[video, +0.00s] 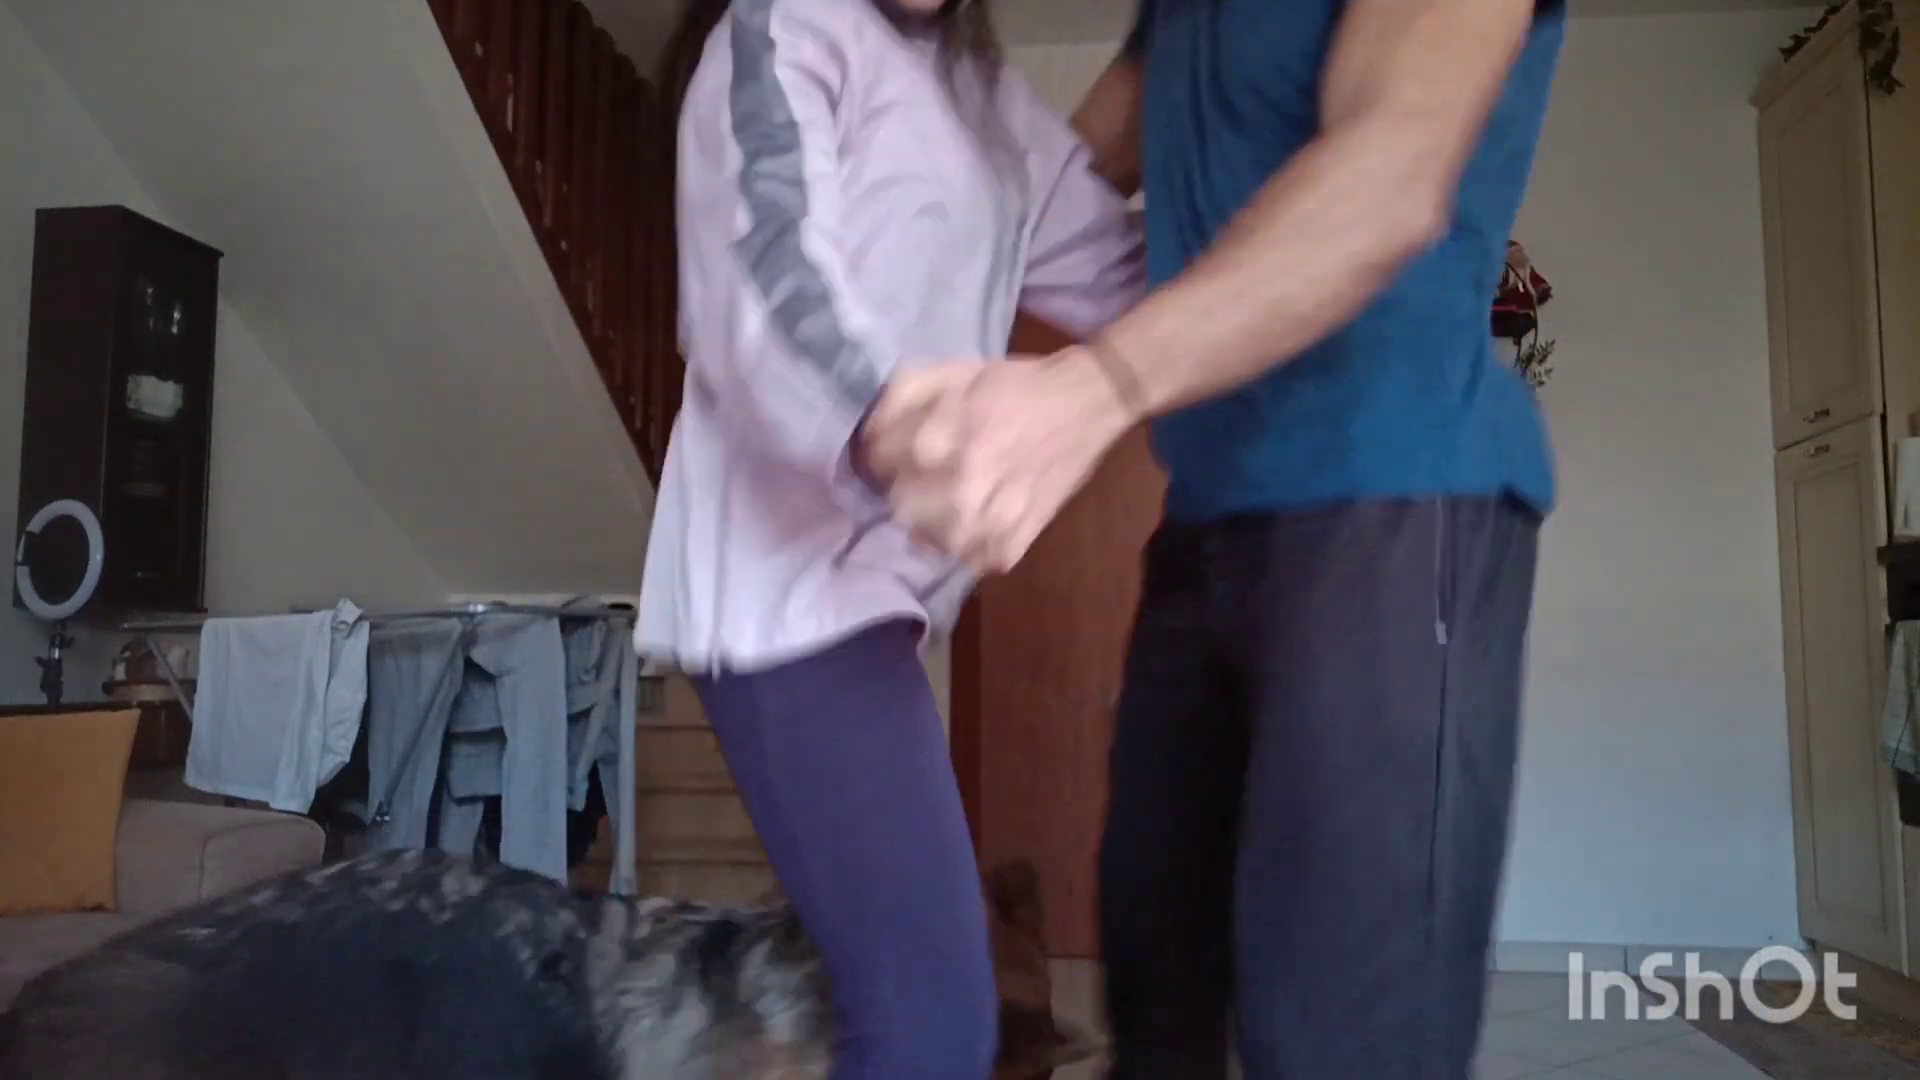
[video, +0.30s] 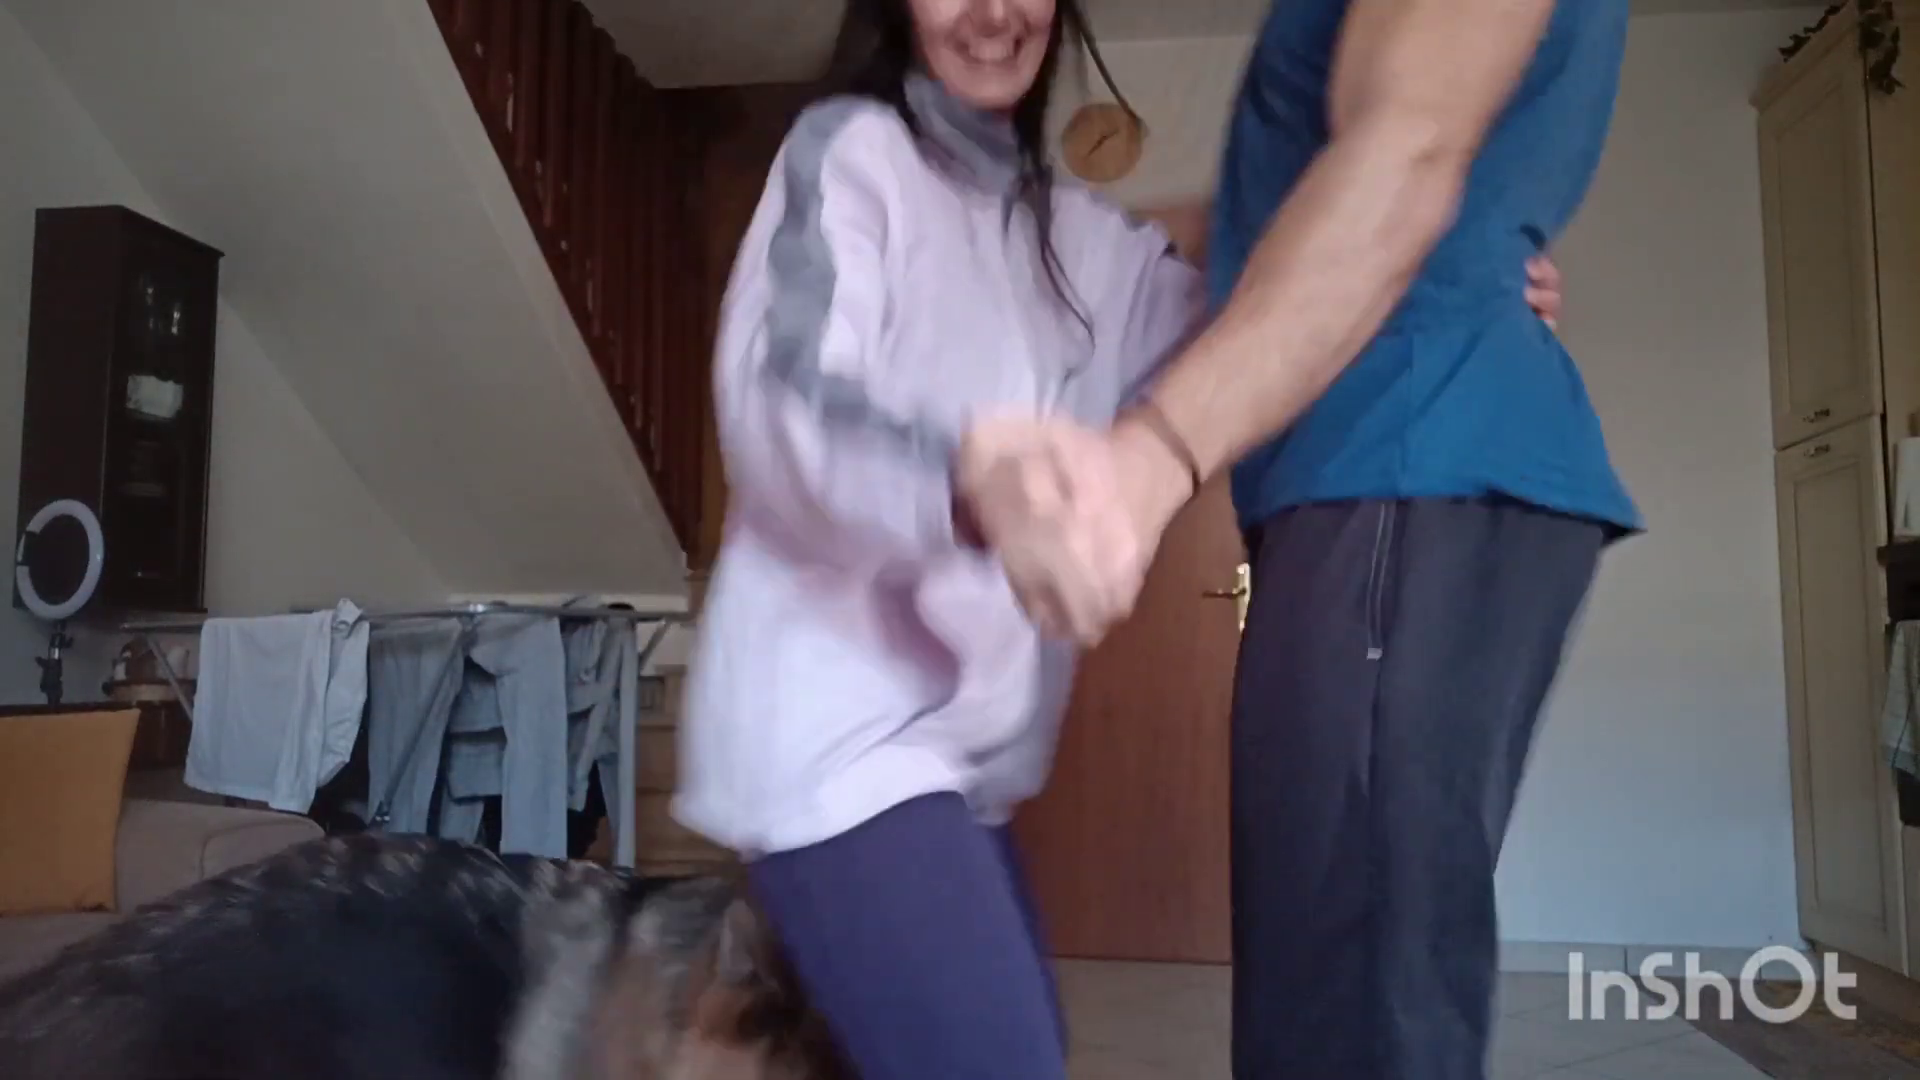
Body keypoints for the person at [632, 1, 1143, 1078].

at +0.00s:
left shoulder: (983, 90)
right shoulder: (776, 37)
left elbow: (1127, 275)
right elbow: (765, 292)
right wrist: (928, 448)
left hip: (876, 594)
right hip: (783, 597)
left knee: (934, 1009)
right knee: (928, 1017)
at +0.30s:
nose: (996, 13)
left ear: (1058, 16)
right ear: (901, 11)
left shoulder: (1081, 229)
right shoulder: (848, 153)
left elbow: (1253, 339)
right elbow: (775, 394)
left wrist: (1484, 296)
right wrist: (962, 472)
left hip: (958, 751)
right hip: (826, 742)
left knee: (1023, 1050)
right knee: (995, 1058)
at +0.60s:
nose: (1123, 4)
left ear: (1158, 14)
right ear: (1035, 1)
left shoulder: (1205, 181)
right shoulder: (986, 98)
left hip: (1116, 673)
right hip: (1008, 670)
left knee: (1203, 961)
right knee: (1155, 1053)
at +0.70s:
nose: (1132, 81)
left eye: (1157, 44)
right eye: (1092, 50)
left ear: (1199, 62)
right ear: (1045, 70)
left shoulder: (1253, 270)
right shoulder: (1039, 205)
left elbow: (1406, 355)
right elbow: (975, 9)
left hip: (1152, 738)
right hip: (1046, 736)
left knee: (1278, 988)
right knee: (1201, 1058)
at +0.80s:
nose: (1161, 91)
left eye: (1190, 58)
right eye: (1129, 61)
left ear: (1226, 70)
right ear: (1088, 74)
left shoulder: (1277, 263)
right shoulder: (1082, 190)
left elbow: (1432, 362)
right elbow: (1039, 32)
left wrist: (1620, 339)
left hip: (1220, 705)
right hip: (1105, 684)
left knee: (1300, 986)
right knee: (1188, 1045)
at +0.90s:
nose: (1174, 57)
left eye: (1202, 26)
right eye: (1143, 29)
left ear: (1238, 37)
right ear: (1105, 42)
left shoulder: (1291, 216)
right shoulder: (1088, 154)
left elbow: (1434, 346)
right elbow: (1047, 21)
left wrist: (1599, 339)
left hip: (1251, 650)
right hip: (1127, 633)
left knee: (1300, 951)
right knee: (1212, 971)